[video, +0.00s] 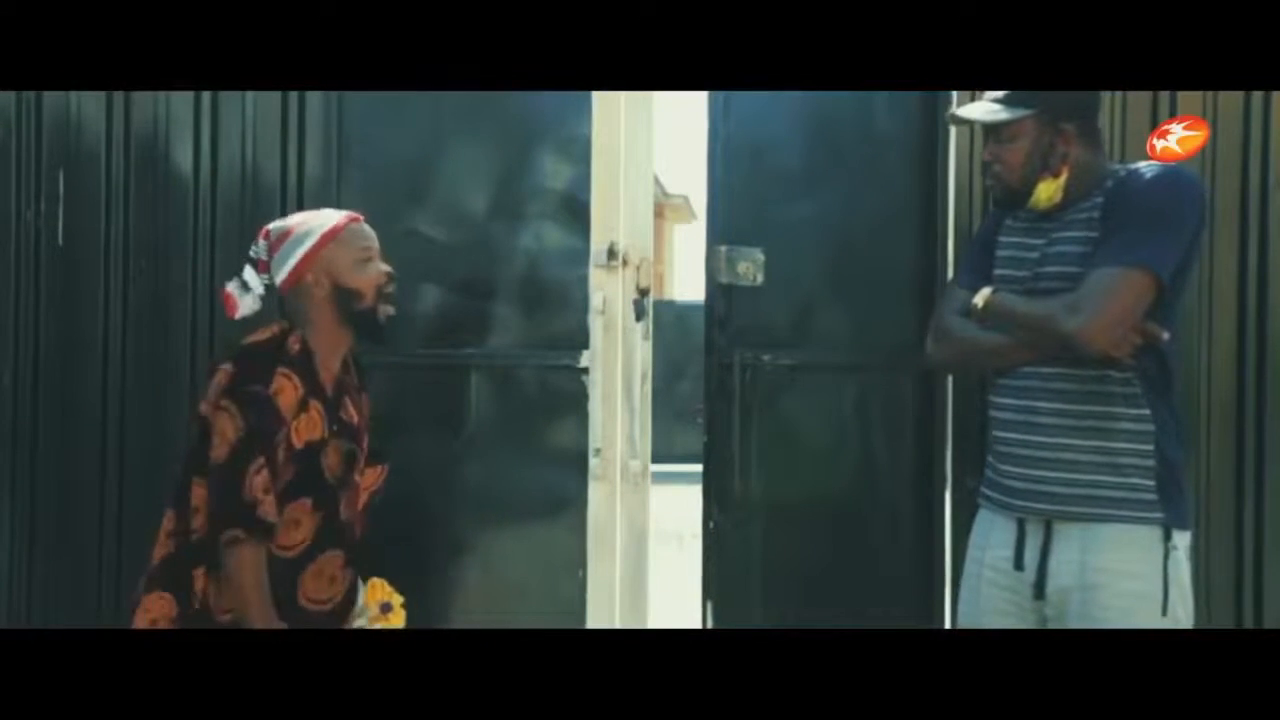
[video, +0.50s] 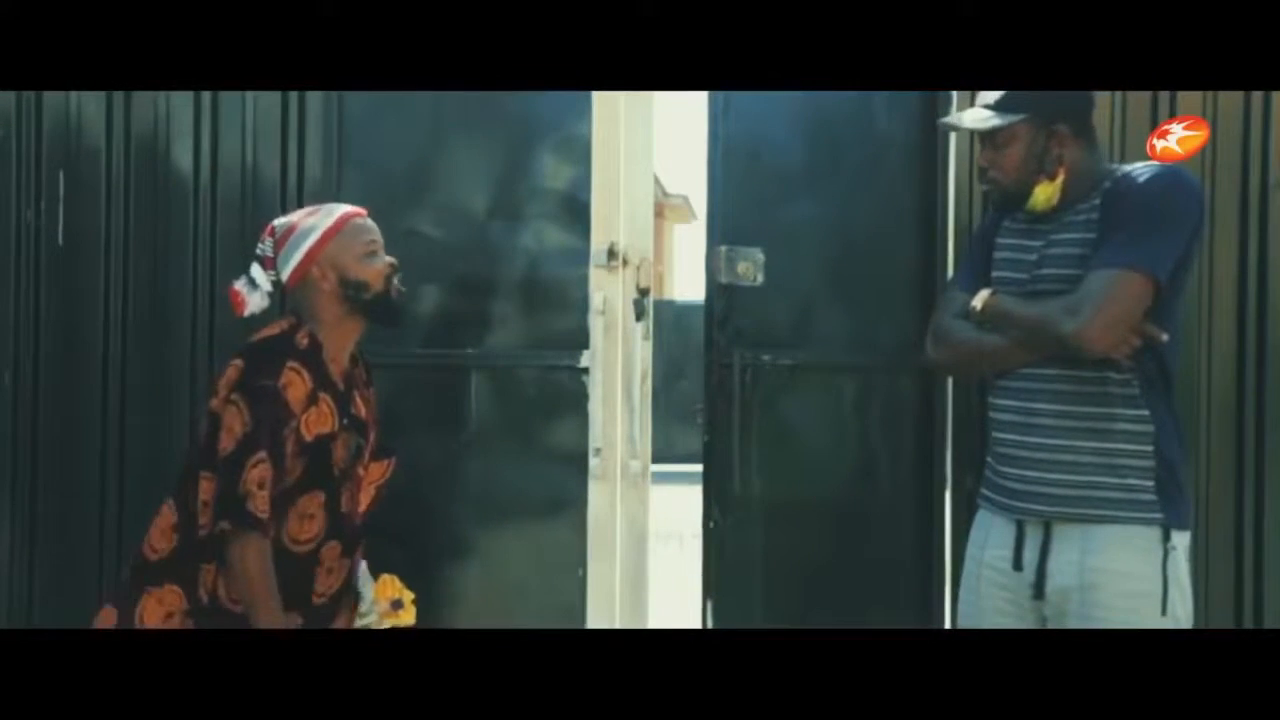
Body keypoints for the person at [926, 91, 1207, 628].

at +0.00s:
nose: (987, 156)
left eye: (1004, 139)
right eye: (986, 139)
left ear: (1063, 140)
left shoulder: (1160, 189)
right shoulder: (1005, 215)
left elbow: (1093, 328)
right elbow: (941, 343)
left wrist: (983, 300)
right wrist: (1071, 331)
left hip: (1121, 528)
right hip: (1003, 516)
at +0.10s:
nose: (986, 156)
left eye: (1003, 139)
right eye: (985, 139)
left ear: (1063, 139)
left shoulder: (1160, 189)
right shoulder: (1004, 216)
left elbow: (1094, 329)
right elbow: (941, 344)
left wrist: (983, 300)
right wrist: (1069, 329)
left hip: (1121, 528)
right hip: (1003, 516)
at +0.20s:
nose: (985, 157)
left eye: (1003, 139)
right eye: (985, 140)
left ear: (1061, 139)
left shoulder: (1159, 189)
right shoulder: (1003, 216)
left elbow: (1094, 329)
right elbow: (941, 343)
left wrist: (983, 300)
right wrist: (1068, 328)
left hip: (1121, 527)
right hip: (1003, 516)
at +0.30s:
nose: (985, 157)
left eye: (1003, 138)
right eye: (984, 139)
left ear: (1061, 139)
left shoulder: (1159, 189)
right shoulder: (1002, 216)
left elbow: (1094, 329)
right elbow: (941, 343)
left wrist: (985, 301)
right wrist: (1069, 328)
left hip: (1121, 528)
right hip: (1003, 517)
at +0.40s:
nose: (984, 159)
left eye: (1001, 139)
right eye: (983, 140)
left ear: (1060, 140)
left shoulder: (1159, 189)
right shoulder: (1001, 217)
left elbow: (1095, 329)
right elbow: (942, 344)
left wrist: (985, 301)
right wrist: (1070, 327)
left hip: (1121, 528)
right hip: (1003, 517)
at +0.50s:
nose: (982, 161)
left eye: (998, 142)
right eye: (980, 143)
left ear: (1058, 142)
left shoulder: (1158, 189)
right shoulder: (1001, 217)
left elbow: (1094, 329)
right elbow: (942, 345)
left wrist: (985, 302)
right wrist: (1070, 327)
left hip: (1121, 528)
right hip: (1002, 518)